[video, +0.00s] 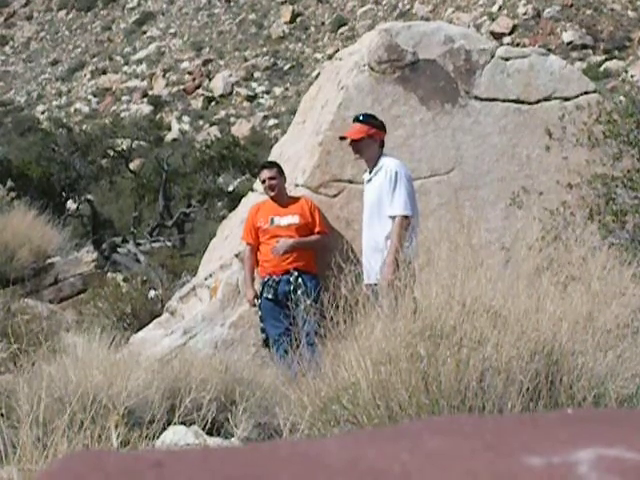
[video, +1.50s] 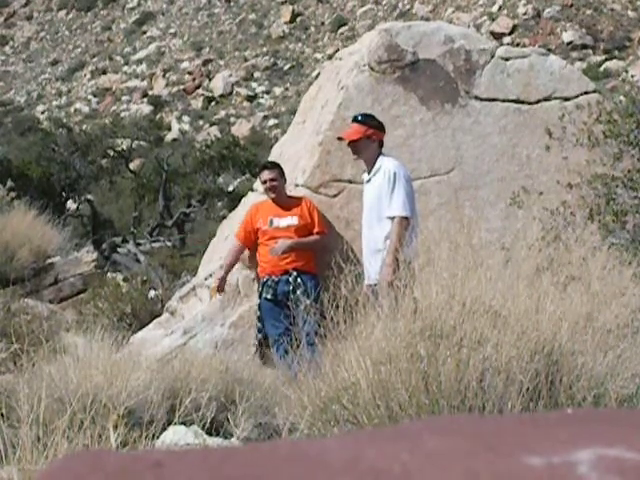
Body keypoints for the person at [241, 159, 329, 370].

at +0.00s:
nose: (269, 184)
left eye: (273, 178)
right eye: (264, 181)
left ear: (283, 178)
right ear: (261, 185)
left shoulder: (305, 205)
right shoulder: (257, 212)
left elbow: (325, 236)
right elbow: (250, 249)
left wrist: (294, 243)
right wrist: (249, 285)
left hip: (303, 277)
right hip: (271, 281)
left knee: (310, 334)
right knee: (278, 339)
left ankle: (316, 381)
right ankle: (291, 385)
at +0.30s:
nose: (268, 185)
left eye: (272, 180)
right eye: (263, 182)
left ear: (282, 179)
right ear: (260, 186)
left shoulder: (305, 205)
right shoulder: (257, 211)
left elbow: (324, 236)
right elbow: (246, 245)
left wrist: (293, 244)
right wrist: (225, 268)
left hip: (303, 278)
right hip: (271, 281)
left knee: (310, 334)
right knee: (278, 339)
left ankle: (315, 381)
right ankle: (291, 385)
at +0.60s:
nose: (267, 185)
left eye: (271, 180)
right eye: (262, 182)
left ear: (282, 180)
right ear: (260, 186)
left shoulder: (304, 205)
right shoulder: (256, 210)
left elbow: (324, 237)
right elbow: (231, 235)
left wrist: (293, 243)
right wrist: (201, 235)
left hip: (303, 277)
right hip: (271, 281)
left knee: (310, 334)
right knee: (278, 340)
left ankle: (316, 380)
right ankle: (292, 385)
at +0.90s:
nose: (268, 185)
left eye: (271, 180)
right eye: (263, 182)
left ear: (282, 180)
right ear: (260, 186)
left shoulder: (304, 204)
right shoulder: (257, 210)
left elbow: (323, 236)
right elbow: (234, 237)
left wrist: (293, 243)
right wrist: (205, 239)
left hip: (302, 277)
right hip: (270, 280)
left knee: (310, 334)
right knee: (278, 339)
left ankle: (316, 381)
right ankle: (292, 386)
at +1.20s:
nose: (269, 185)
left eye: (272, 180)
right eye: (264, 182)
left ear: (283, 180)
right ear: (260, 186)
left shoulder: (304, 205)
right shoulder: (257, 211)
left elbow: (323, 237)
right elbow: (237, 242)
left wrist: (293, 243)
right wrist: (212, 250)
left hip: (302, 277)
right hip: (270, 281)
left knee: (310, 333)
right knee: (278, 339)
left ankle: (315, 379)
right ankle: (291, 383)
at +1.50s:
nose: (270, 185)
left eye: (274, 180)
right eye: (265, 182)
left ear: (284, 180)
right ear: (261, 186)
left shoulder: (304, 205)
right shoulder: (256, 211)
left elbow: (323, 237)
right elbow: (239, 244)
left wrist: (293, 243)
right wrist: (223, 273)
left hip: (303, 277)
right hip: (271, 280)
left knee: (310, 332)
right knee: (279, 338)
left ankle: (315, 379)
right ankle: (290, 382)